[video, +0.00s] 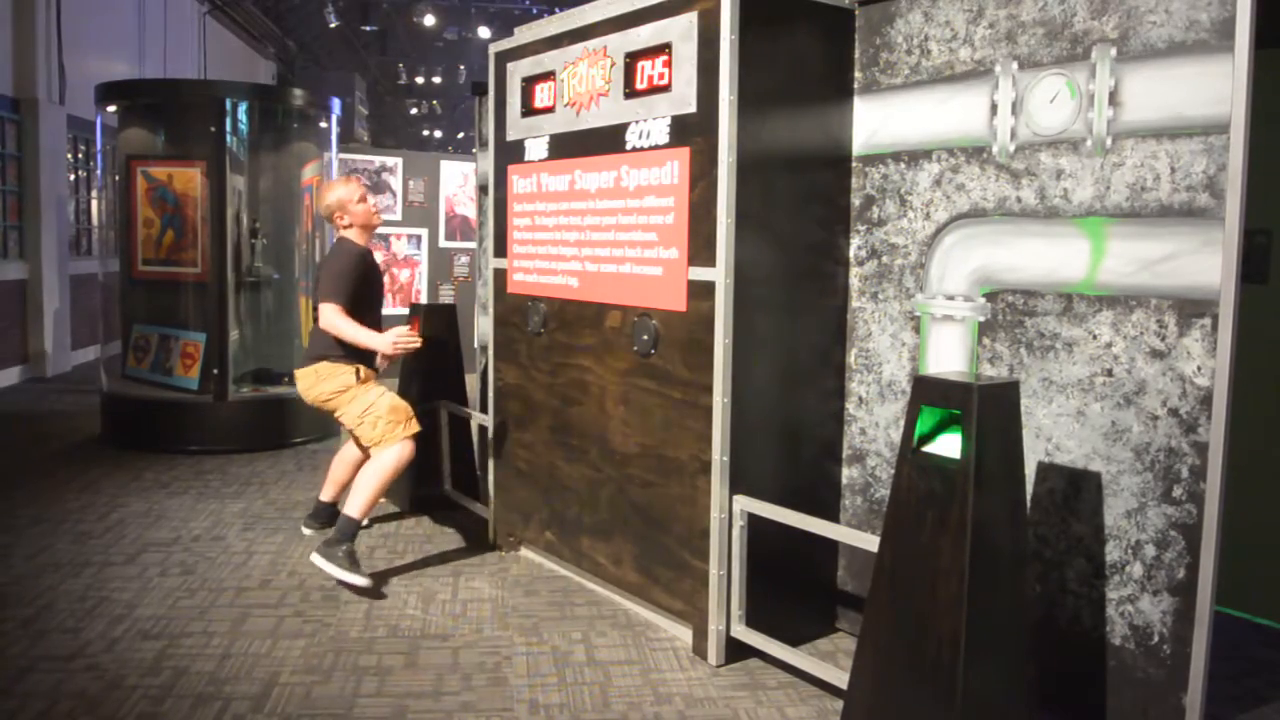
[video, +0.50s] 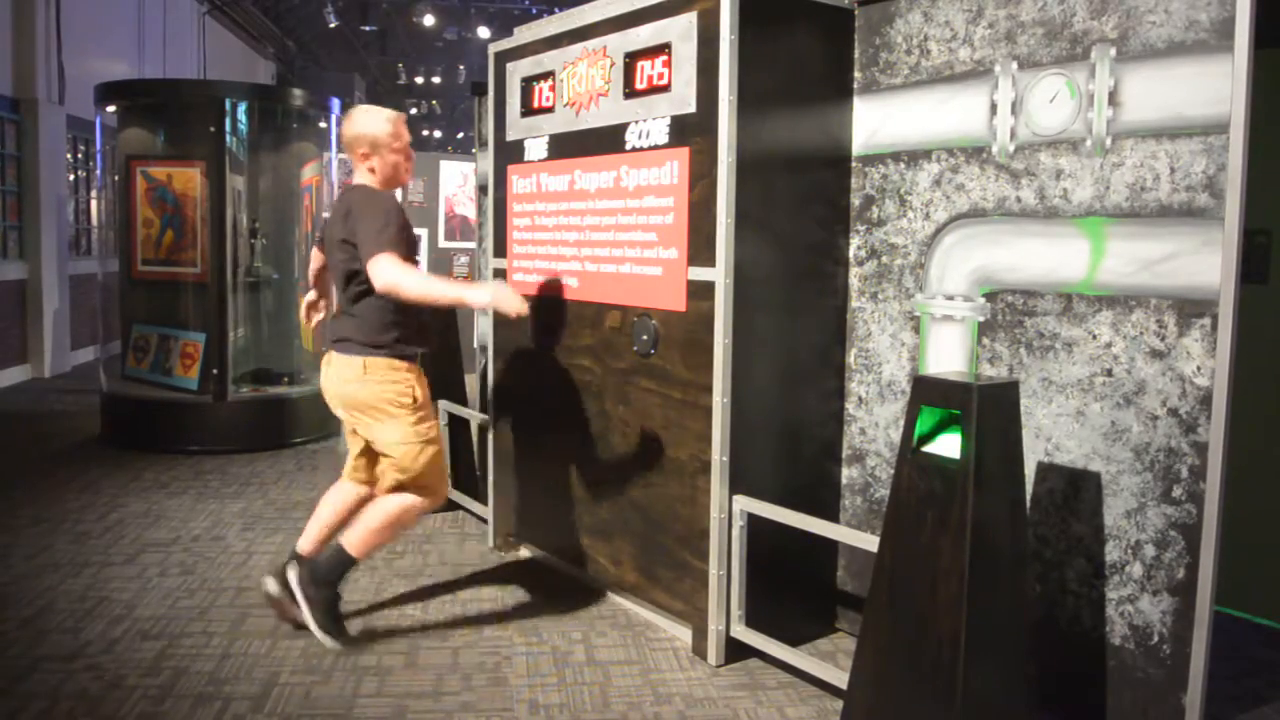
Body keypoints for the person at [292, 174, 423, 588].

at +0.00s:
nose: (374, 201)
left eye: (370, 195)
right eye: (364, 199)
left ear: (349, 217)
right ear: (343, 217)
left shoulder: (359, 254)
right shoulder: (347, 253)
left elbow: (354, 318)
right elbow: (329, 316)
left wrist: (383, 348)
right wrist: (380, 340)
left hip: (341, 367)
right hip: (329, 369)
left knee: (366, 436)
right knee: (399, 445)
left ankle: (320, 513)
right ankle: (338, 546)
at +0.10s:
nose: (374, 201)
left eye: (369, 195)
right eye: (364, 199)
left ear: (349, 216)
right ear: (343, 217)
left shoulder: (363, 259)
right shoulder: (343, 257)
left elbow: (353, 318)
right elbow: (329, 318)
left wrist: (371, 358)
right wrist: (395, 322)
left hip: (344, 376)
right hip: (326, 378)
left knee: (366, 438)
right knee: (391, 458)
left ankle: (320, 515)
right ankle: (318, 555)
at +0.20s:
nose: (373, 189)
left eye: (368, 182)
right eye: (363, 184)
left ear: (345, 200)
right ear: (341, 201)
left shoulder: (363, 244)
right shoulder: (337, 243)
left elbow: (369, 294)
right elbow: (344, 292)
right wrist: (423, 261)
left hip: (359, 381)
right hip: (334, 384)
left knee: (338, 456)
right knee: (367, 483)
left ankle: (326, 515)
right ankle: (304, 569)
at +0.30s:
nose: (378, 164)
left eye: (372, 156)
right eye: (368, 158)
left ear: (344, 176)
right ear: (347, 174)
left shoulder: (356, 219)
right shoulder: (349, 219)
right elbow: (372, 248)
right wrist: (451, 228)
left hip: (354, 372)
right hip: (342, 376)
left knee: (344, 457)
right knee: (361, 486)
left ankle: (334, 514)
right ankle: (302, 563)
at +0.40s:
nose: (390, 147)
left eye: (385, 138)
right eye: (381, 140)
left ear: (348, 155)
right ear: (353, 154)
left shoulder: (342, 198)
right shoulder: (363, 194)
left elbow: (331, 257)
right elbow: (383, 239)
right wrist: (473, 240)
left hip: (356, 359)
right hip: (368, 362)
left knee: (350, 462)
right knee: (382, 475)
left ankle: (303, 548)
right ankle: (299, 548)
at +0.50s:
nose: (411, 156)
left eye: (409, 146)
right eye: (403, 148)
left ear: (364, 157)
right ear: (370, 156)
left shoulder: (343, 206)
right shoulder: (376, 205)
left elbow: (318, 266)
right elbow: (389, 275)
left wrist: (322, 299)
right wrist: (481, 293)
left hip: (344, 364)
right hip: (383, 367)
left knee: (364, 474)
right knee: (421, 486)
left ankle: (296, 571)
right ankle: (323, 575)